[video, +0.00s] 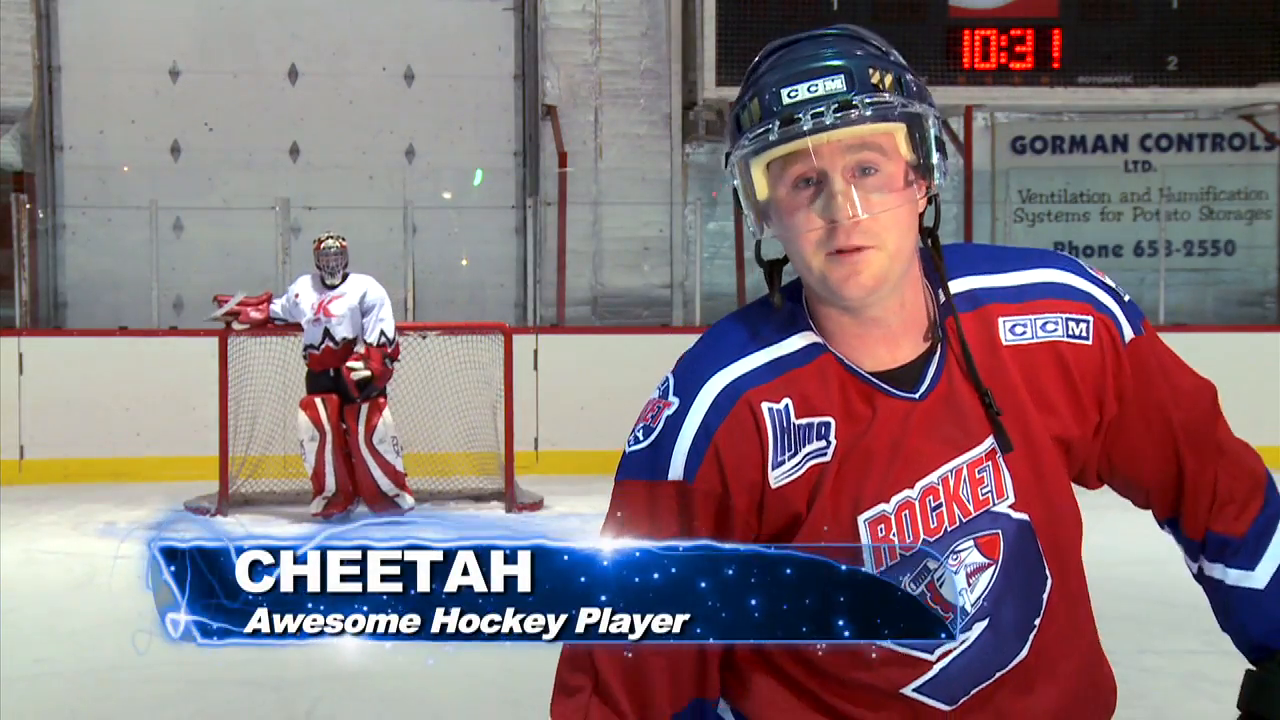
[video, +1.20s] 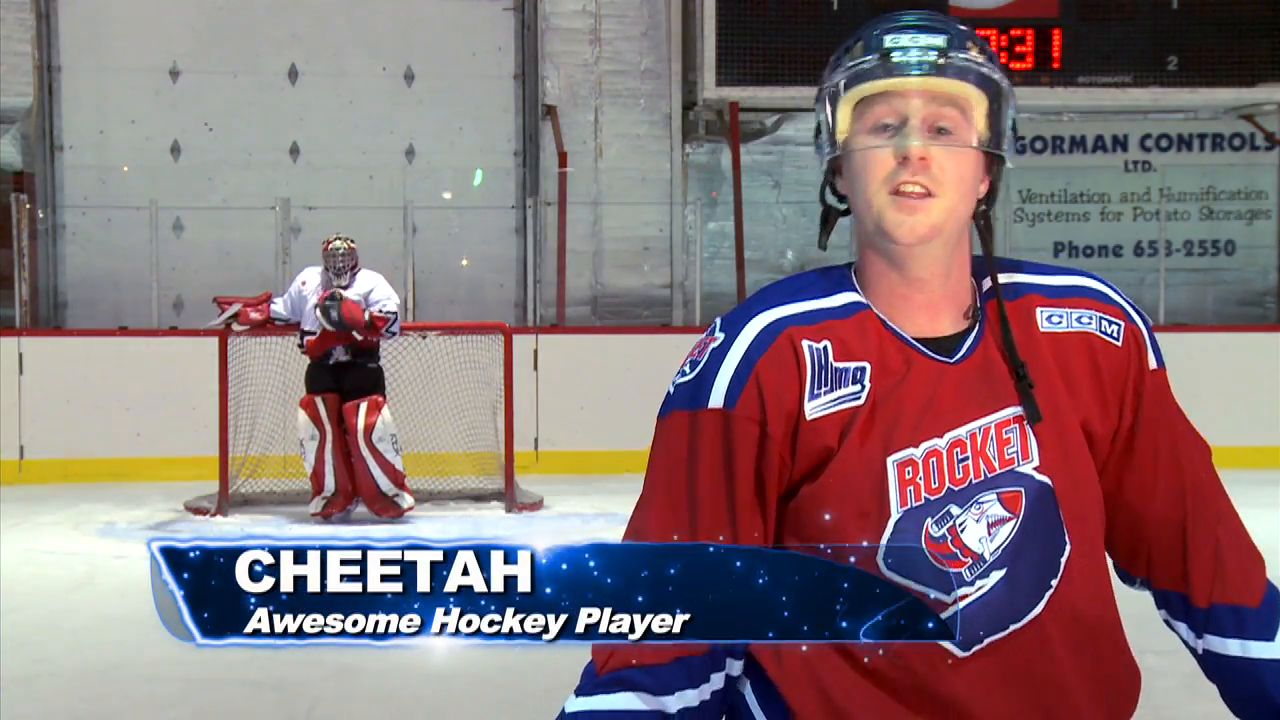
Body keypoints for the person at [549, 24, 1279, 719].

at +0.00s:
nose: (840, 209)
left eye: (868, 171)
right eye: (805, 183)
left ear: (921, 185)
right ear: (771, 216)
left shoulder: (1063, 316)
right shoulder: (710, 413)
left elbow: (1229, 501)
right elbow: (621, 684)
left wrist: (1272, 648)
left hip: (1056, 702)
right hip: (821, 711)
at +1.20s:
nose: (912, 150)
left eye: (943, 127)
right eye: (884, 126)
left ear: (985, 166)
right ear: (841, 161)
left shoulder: (1094, 329)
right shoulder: (754, 359)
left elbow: (1217, 581)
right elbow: (657, 637)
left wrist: (1275, 697)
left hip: (1076, 704)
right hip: (841, 711)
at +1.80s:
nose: (1023, 183)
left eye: (1054, 158)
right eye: (997, 151)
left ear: (1089, 184)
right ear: (946, 168)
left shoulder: (1165, 356)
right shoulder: (831, 333)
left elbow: (1258, 617)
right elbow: (723, 580)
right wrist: (621, 708)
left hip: (1099, 706)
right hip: (865, 707)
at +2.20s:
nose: (1032, 192)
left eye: (1063, 162)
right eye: (1001, 158)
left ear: (1097, 182)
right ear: (950, 171)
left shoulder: (1172, 345)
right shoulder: (843, 330)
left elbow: (1249, 592)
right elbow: (731, 562)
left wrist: (1254, 705)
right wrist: (708, 702)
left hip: (1102, 703)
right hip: (864, 705)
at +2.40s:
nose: (994, 201)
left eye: (1020, 168)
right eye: (961, 170)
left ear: (1056, 184)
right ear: (912, 185)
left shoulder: (1154, 340)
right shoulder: (823, 329)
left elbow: (1223, 610)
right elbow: (729, 517)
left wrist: (1233, 714)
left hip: (1093, 707)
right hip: (855, 707)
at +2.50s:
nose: (971, 198)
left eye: (998, 165)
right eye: (940, 168)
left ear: (1035, 182)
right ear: (891, 186)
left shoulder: (1138, 336)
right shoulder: (806, 320)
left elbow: (1221, 605)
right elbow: (741, 533)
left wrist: (1235, 713)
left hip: (1093, 707)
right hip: (847, 706)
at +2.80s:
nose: (925, 183)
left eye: (951, 150)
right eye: (894, 154)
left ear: (996, 172)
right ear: (845, 174)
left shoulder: (1101, 326)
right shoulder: (764, 312)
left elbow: (1180, 586)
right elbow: (713, 507)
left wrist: (1214, 712)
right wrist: (792, 390)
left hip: (1062, 707)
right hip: (824, 707)